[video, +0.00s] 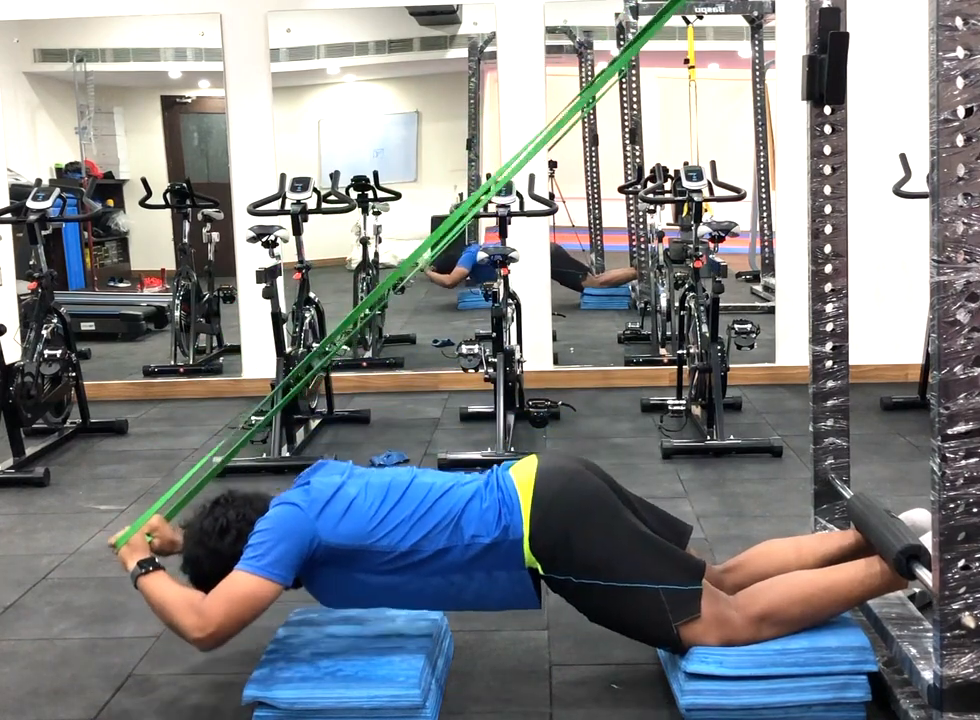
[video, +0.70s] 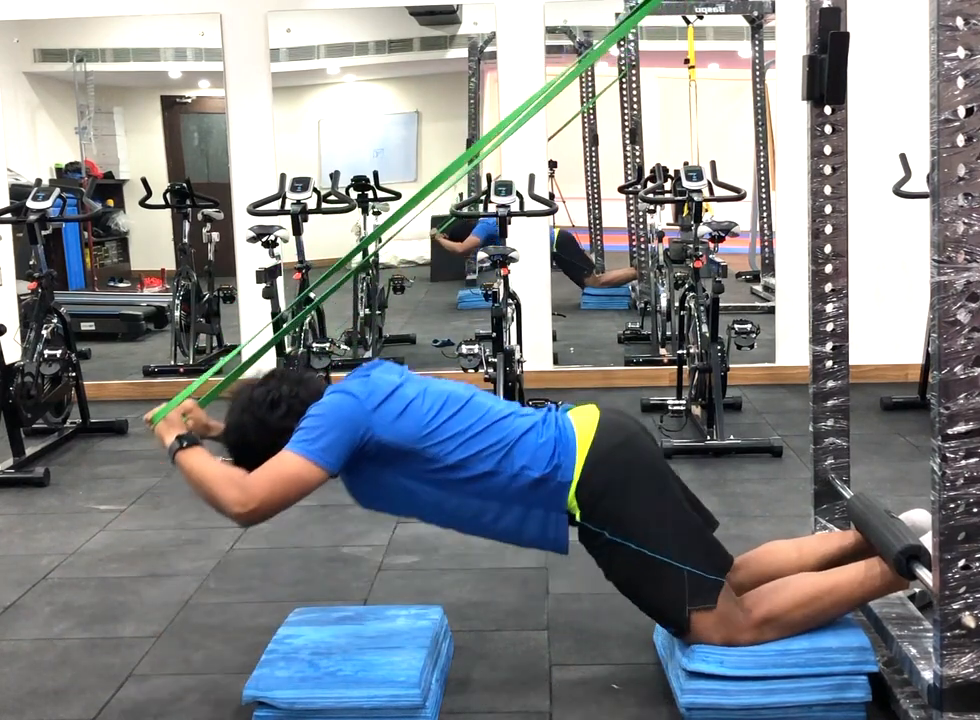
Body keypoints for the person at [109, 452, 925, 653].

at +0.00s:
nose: (236, 576)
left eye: (228, 567)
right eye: (227, 564)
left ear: (239, 550)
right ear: (249, 506)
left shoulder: (294, 520)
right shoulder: (315, 488)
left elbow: (203, 624)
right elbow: (234, 596)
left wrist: (141, 570)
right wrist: (174, 560)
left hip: (545, 524)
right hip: (550, 487)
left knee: (716, 628)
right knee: (715, 580)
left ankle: (898, 567)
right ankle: (863, 535)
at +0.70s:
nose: (269, 468)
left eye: (265, 458)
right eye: (262, 459)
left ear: (281, 428)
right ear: (291, 406)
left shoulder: (349, 404)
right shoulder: (352, 396)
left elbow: (246, 500)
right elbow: (261, 483)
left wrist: (178, 447)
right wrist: (201, 442)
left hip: (591, 473)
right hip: (589, 461)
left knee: (728, 623)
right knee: (716, 586)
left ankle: (907, 567)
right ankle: (864, 533)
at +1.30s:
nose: (362, 316)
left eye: (362, 303)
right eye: (360, 304)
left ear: (385, 285)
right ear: (400, 270)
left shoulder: (458, 277)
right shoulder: (456, 281)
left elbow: (339, 336)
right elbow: (345, 338)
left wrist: (269, 278)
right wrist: (282, 285)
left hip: (658, 437)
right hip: (657, 428)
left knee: (726, 623)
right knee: (720, 579)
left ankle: (910, 572)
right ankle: (865, 539)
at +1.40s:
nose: (404, 295)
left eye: (403, 281)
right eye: (396, 286)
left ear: (426, 256)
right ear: (435, 237)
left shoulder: (490, 254)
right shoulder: (486, 262)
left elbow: (365, 312)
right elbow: (378, 301)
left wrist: (292, 252)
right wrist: (311, 248)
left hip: (672, 433)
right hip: (668, 425)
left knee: (726, 626)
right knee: (731, 578)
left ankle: (905, 571)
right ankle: (869, 539)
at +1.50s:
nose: (428, 275)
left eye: (430, 260)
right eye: (419, 265)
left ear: (454, 233)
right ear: (460, 224)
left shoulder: (519, 237)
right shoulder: (509, 254)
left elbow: (394, 287)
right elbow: (407, 277)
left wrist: (320, 225)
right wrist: (339, 233)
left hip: (687, 431)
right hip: (674, 430)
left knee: (726, 624)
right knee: (720, 576)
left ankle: (897, 570)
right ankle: (860, 540)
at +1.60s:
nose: (448, 250)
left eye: (451, 234)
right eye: (444, 235)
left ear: (480, 210)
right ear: (481, 210)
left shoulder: (546, 222)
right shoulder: (527, 236)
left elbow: (421, 263)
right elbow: (422, 263)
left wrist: (349, 195)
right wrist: (360, 208)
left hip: (702, 432)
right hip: (682, 436)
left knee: (729, 622)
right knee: (724, 581)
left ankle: (906, 573)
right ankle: (868, 540)